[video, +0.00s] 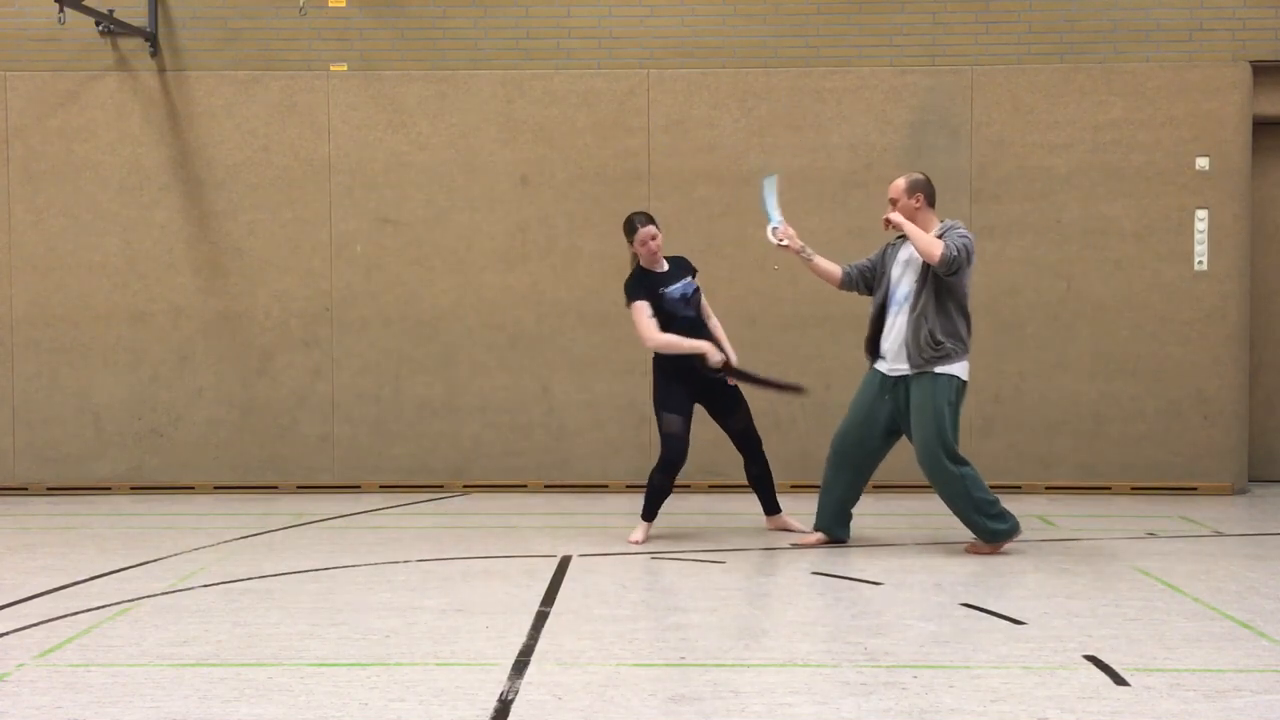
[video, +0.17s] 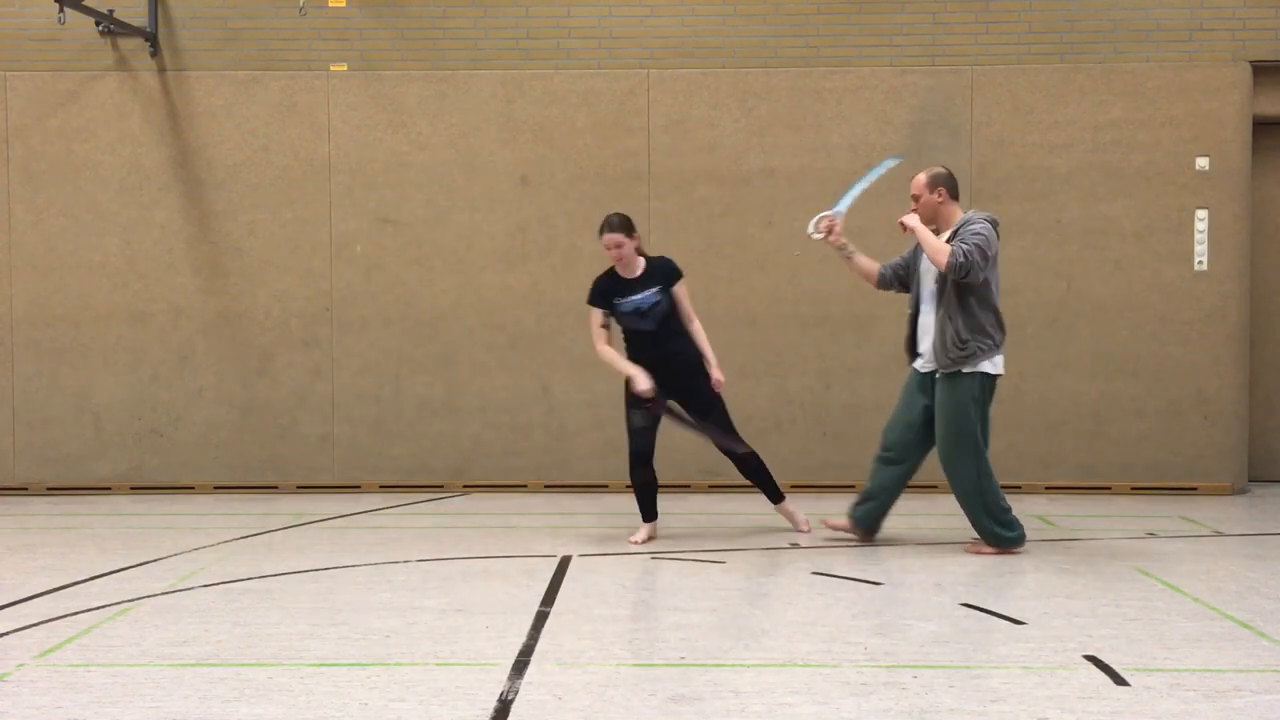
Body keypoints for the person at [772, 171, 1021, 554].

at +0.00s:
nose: (891, 210)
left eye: (895, 202)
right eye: (890, 204)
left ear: (919, 201)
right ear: (907, 203)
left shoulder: (957, 236)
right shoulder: (894, 250)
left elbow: (944, 259)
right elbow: (850, 278)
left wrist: (905, 224)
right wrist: (801, 250)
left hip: (936, 369)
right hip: (888, 369)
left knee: (935, 455)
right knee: (849, 446)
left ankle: (998, 528)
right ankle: (831, 528)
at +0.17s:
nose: (912, 207)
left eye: (916, 199)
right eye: (911, 200)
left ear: (941, 196)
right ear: (935, 198)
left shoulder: (979, 229)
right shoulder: (929, 245)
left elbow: (957, 264)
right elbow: (885, 277)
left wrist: (920, 230)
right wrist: (841, 244)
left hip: (968, 365)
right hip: (929, 365)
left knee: (962, 454)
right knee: (898, 445)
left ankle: (1004, 535)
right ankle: (863, 522)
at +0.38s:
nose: (929, 203)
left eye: (933, 195)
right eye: (928, 196)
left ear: (956, 191)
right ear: (956, 192)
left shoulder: (985, 227)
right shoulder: (967, 228)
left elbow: (951, 274)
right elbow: (934, 273)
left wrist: (919, 227)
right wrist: (908, 231)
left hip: (993, 360)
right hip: (968, 358)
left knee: (979, 445)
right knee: (945, 438)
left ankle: (1005, 536)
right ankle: (965, 526)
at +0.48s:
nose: (939, 203)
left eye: (943, 195)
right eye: (938, 196)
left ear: (966, 192)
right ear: (971, 192)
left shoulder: (983, 228)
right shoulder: (1001, 224)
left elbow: (959, 282)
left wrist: (930, 242)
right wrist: (949, 235)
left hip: (1000, 365)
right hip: (1030, 362)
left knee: (982, 449)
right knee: (1013, 446)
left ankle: (1005, 538)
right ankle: (1043, 522)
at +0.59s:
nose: (952, 207)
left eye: (954, 198)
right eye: (950, 199)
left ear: (977, 193)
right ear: (985, 193)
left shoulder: (989, 231)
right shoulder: (1019, 225)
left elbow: (964, 284)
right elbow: (1037, 287)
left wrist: (936, 244)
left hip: (1004, 365)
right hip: (1045, 360)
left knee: (982, 449)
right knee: (1043, 438)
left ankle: (1004, 538)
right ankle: (1091, 521)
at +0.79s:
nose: (979, 211)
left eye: (983, 203)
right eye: (978, 204)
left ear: (1004, 197)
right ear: (1011, 197)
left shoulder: (1013, 236)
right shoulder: (1050, 230)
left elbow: (984, 287)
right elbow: (1061, 289)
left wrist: (962, 246)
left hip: (1029, 367)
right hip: (1070, 362)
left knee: (989, 449)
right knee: (1091, 442)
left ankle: (1004, 537)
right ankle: (1137, 522)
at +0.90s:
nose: (995, 210)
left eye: (997, 202)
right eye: (994, 203)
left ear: (1020, 198)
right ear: (1027, 199)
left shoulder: (1029, 237)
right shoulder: (1065, 230)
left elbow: (996, 287)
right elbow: (1080, 290)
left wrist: (979, 246)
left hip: (1044, 366)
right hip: (1085, 361)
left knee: (998, 442)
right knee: (1096, 444)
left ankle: (1005, 537)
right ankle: (1140, 529)